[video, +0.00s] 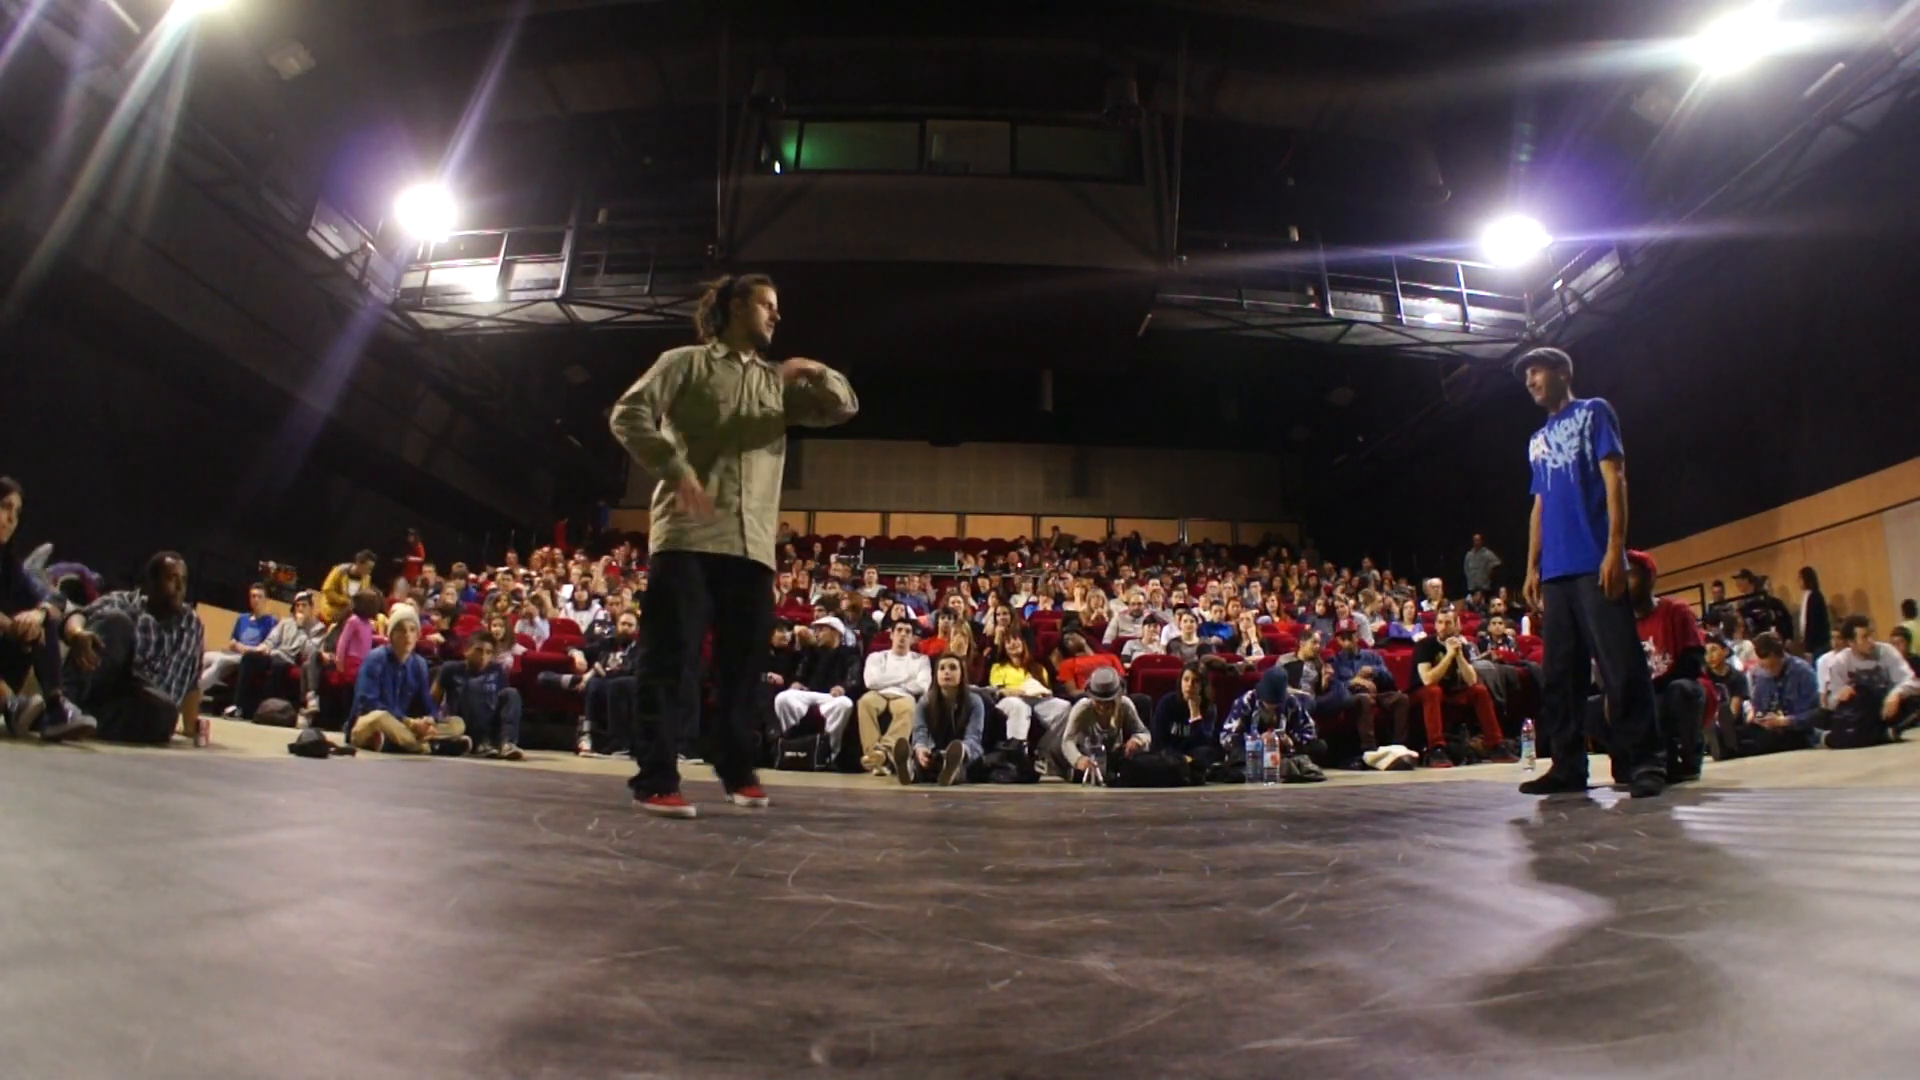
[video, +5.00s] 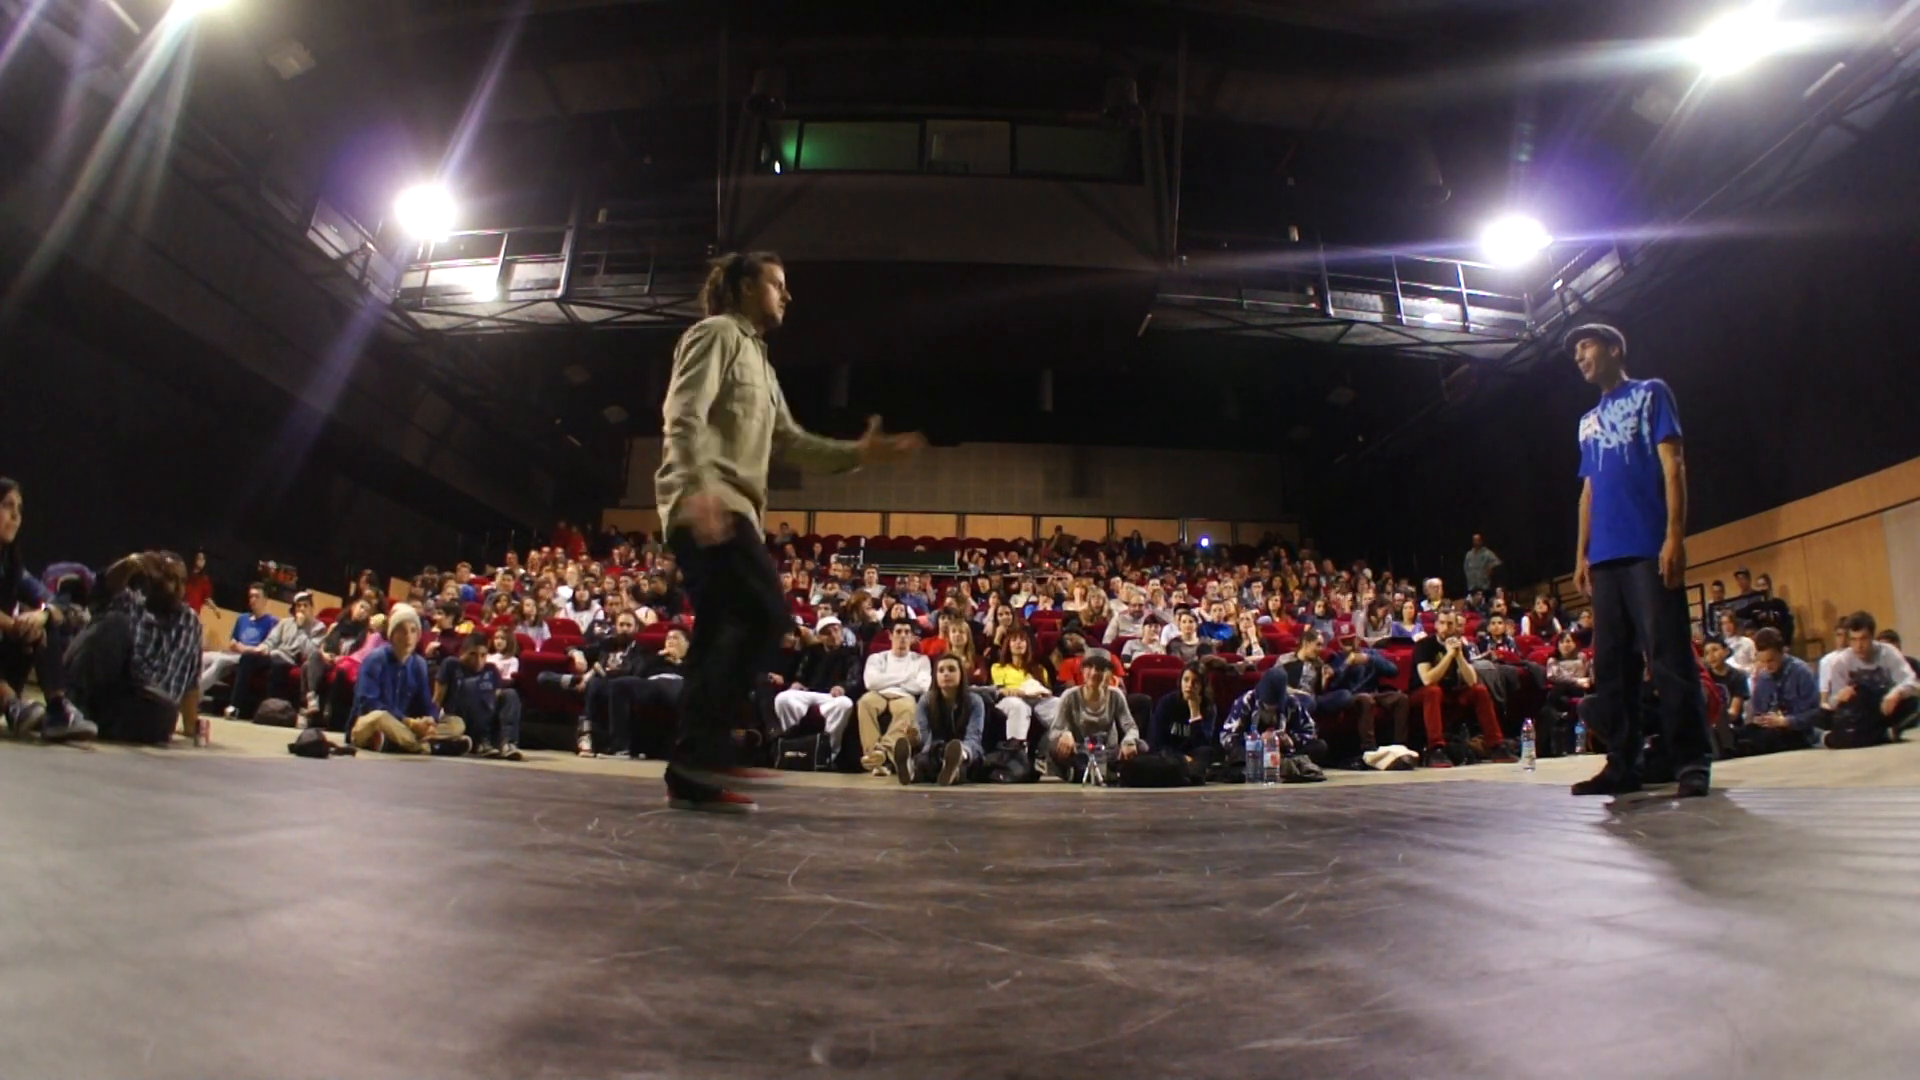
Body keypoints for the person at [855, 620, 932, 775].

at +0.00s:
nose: (903, 635)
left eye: (907, 632)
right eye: (899, 630)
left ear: (912, 638)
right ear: (891, 634)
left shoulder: (921, 659)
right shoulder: (875, 657)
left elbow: (921, 686)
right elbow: (871, 682)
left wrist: (887, 683)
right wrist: (905, 677)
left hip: (904, 694)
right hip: (879, 692)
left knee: (907, 710)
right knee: (865, 703)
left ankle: (884, 750)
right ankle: (875, 760)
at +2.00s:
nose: (903, 635)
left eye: (907, 632)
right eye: (899, 631)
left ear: (912, 638)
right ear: (891, 634)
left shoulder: (921, 659)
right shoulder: (876, 658)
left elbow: (922, 686)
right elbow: (871, 682)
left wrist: (887, 683)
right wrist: (905, 678)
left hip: (904, 694)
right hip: (879, 692)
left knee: (907, 710)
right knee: (865, 703)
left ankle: (884, 750)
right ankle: (876, 761)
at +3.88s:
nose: (903, 636)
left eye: (907, 633)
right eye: (899, 632)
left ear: (912, 638)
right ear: (891, 635)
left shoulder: (921, 659)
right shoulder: (876, 658)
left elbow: (921, 686)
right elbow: (871, 682)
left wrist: (887, 683)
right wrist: (905, 678)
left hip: (904, 694)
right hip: (879, 692)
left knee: (907, 710)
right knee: (865, 703)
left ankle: (884, 750)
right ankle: (876, 761)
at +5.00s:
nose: (903, 636)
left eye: (907, 632)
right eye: (899, 632)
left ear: (912, 638)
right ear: (891, 635)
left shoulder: (921, 659)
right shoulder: (876, 658)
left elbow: (921, 686)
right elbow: (871, 682)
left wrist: (888, 682)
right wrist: (905, 678)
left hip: (904, 694)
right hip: (879, 692)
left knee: (907, 711)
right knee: (865, 703)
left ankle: (883, 750)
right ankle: (876, 762)